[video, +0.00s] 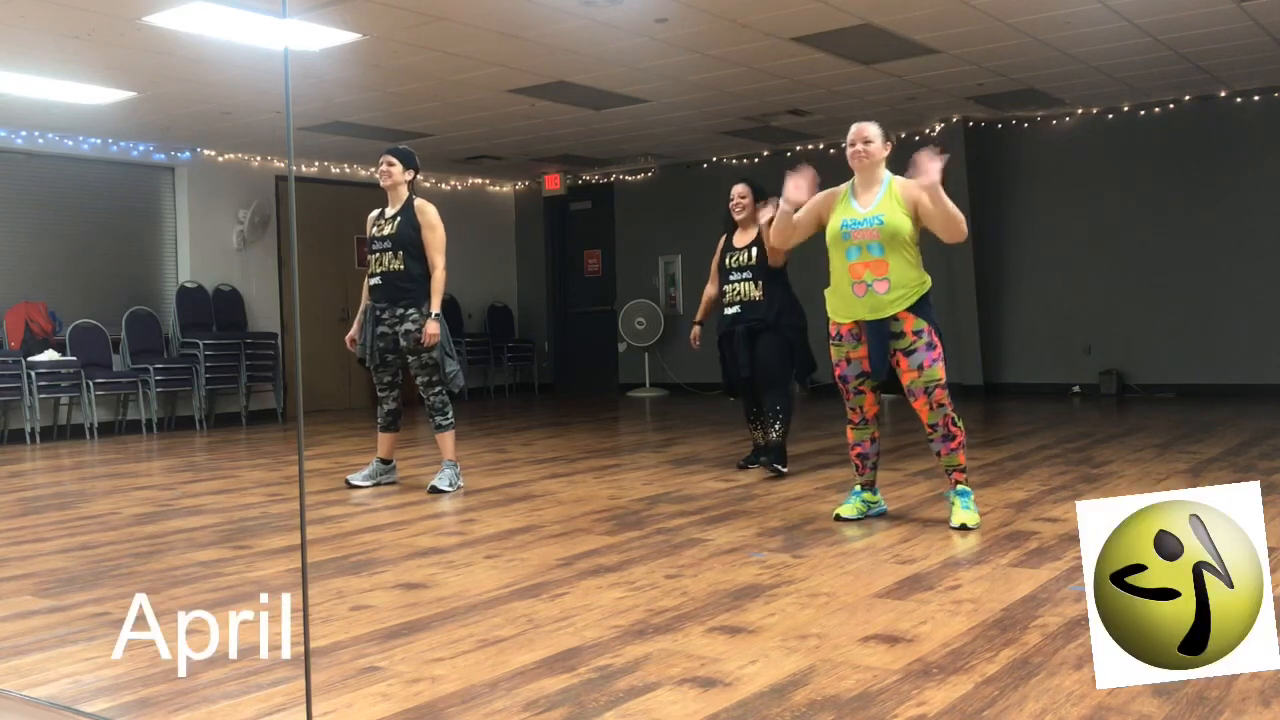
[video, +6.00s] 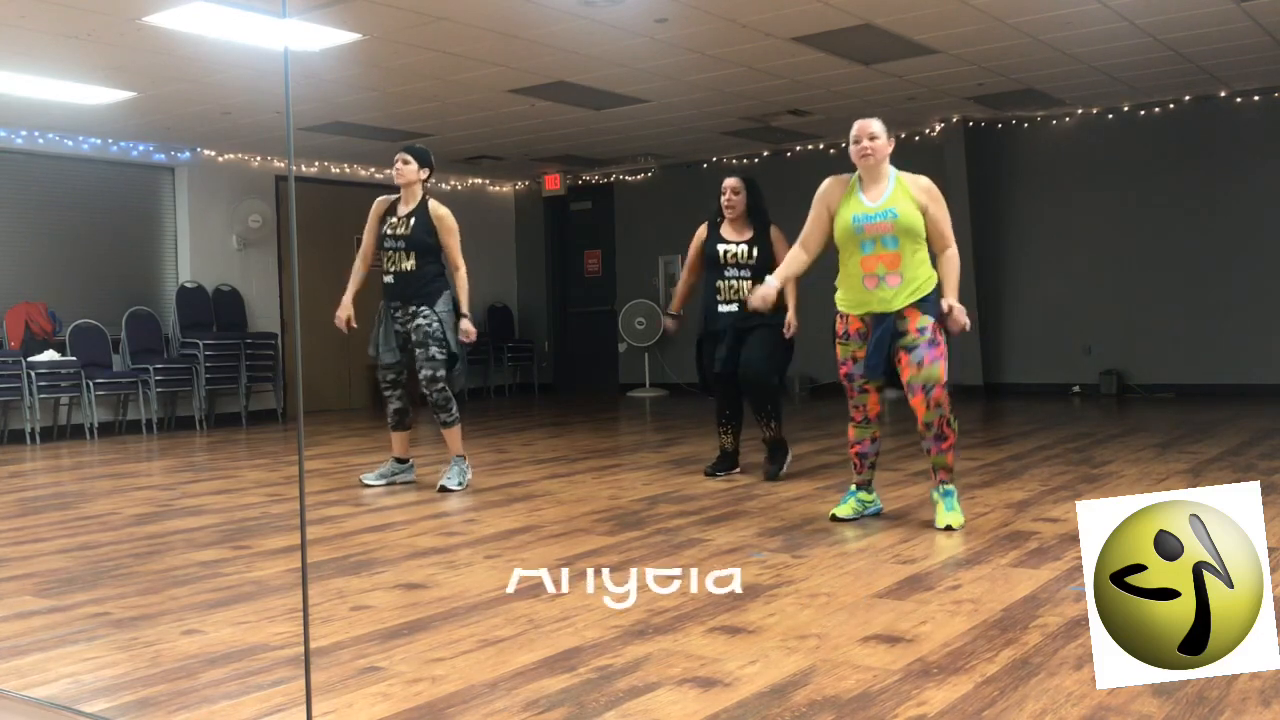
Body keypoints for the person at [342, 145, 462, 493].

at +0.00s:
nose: (382, 169)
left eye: (390, 165)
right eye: (381, 165)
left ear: (410, 174)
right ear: (378, 173)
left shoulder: (423, 210)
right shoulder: (374, 218)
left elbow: (438, 267)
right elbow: (373, 274)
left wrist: (434, 316)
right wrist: (358, 321)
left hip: (414, 314)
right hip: (378, 316)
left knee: (432, 391)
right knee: (386, 392)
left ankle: (450, 466)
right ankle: (384, 464)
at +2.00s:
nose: (377, 174)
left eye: (386, 171)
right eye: (377, 169)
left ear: (402, 183)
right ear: (374, 179)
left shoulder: (417, 218)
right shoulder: (361, 222)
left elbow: (437, 270)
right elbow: (355, 275)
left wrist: (445, 315)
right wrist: (324, 308)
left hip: (413, 311)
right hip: (375, 315)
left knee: (416, 376)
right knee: (367, 383)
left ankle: (447, 457)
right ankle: (383, 464)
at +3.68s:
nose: (394, 168)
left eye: (402, 164)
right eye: (393, 164)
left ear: (421, 171)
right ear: (392, 172)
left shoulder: (436, 208)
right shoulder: (384, 211)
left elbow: (444, 265)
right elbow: (381, 265)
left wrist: (412, 300)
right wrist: (376, 310)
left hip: (428, 310)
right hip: (391, 311)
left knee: (439, 384)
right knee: (390, 385)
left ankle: (459, 465)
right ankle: (390, 462)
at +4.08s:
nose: (399, 169)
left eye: (407, 165)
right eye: (397, 165)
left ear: (426, 172)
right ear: (396, 173)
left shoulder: (442, 206)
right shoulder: (393, 215)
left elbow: (462, 258)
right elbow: (397, 271)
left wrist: (456, 301)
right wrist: (362, 306)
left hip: (433, 311)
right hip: (397, 312)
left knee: (441, 386)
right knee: (389, 382)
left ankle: (459, 465)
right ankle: (397, 460)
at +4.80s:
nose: (407, 169)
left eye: (414, 164)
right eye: (405, 166)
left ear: (435, 170)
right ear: (405, 175)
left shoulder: (450, 208)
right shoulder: (408, 212)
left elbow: (455, 265)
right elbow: (406, 268)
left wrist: (429, 256)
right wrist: (378, 297)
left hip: (441, 312)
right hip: (407, 310)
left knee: (437, 384)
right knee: (373, 373)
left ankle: (460, 465)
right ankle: (388, 451)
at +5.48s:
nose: (406, 166)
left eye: (414, 161)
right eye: (404, 162)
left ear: (433, 169)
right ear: (404, 171)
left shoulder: (446, 200)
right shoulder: (405, 215)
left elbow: (455, 251)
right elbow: (407, 272)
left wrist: (443, 299)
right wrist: (380, 313)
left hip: (436, 305)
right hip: (404, 307)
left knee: (444, 382)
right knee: (380, 372)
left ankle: (460, 466)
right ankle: (390, 453)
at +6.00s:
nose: (397, 168)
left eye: (405, 163)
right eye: (395, 163)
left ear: (424, 172)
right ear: (392, 171)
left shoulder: (439, 214)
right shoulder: (382, 207)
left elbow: (457, 267)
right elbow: (364, 257)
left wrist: (464, 315)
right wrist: (347, 298)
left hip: (430, 310)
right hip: (392, 311)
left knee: (433, 383)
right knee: (392, 384)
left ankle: (459, 462)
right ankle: (400, 463)